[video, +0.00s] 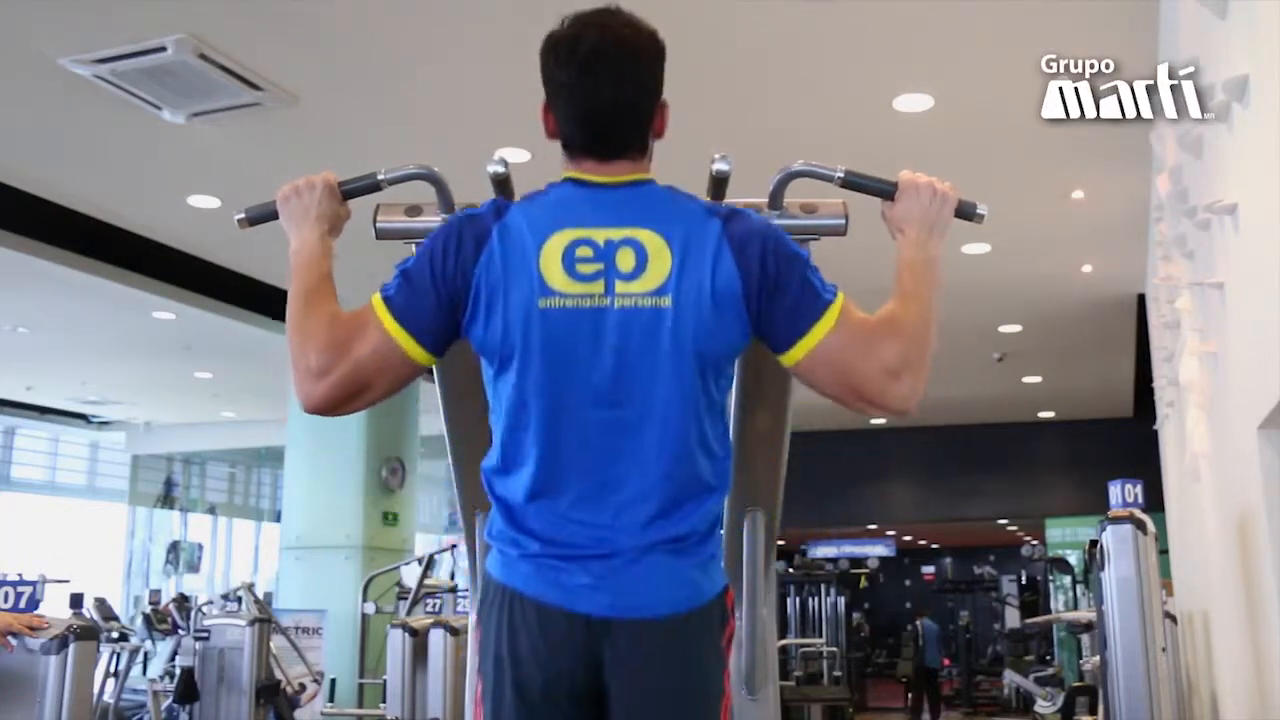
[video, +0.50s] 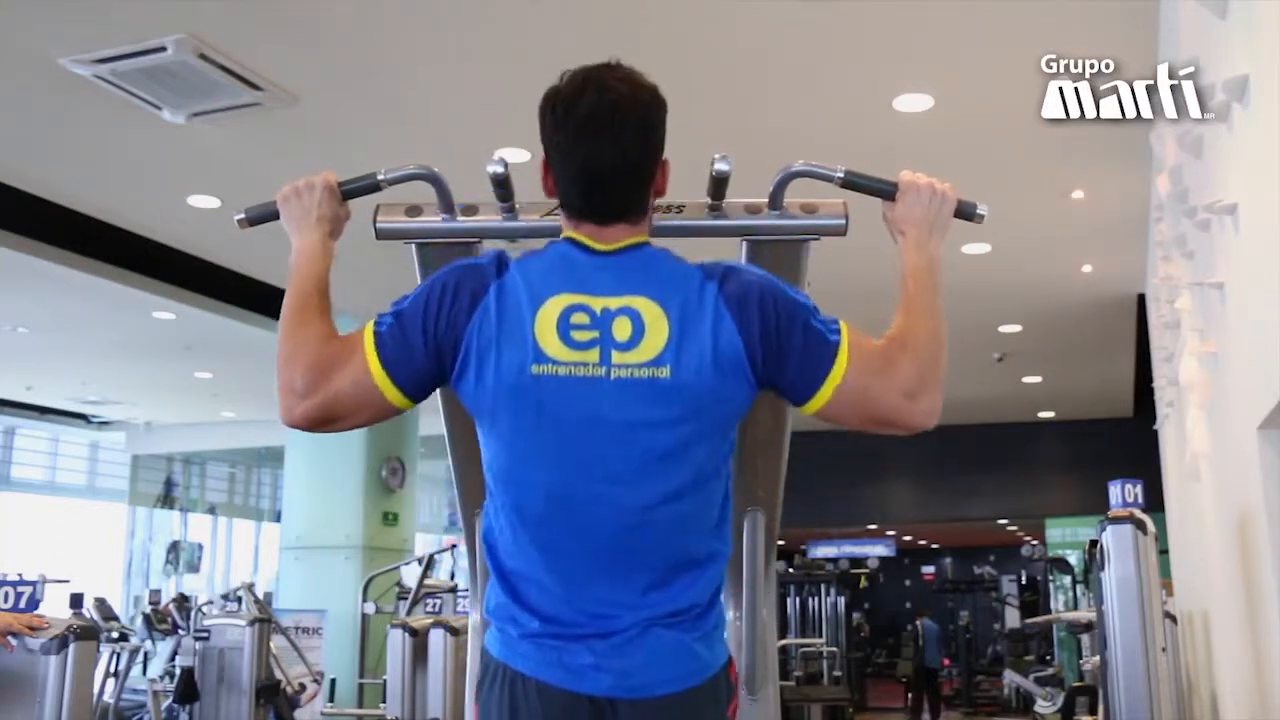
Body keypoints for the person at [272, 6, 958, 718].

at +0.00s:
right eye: (662, 109)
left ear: (548, 122)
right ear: (661, 123)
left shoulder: (484, 243)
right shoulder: (733, 245)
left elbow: (325, 381)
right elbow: (891, 380)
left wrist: (308, 238)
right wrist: (921, 242)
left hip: (527, 607)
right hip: (674, 609)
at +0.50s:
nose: (664, 168)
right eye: (662, 157)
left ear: (545, 179)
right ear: (663, 179)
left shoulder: (478, 299)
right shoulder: (734, 304)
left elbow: (306, 397)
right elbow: (910, 399)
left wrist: (310, 241)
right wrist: (921, 242)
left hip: (527, 679)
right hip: (680, 680)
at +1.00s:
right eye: (661, 325)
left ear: (540, 348)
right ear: (662, 350)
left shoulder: (472, 439)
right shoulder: (731, 456)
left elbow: (303, 403)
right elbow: (906, 409)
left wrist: (311, 245)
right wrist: (920, 244)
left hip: (522, 708)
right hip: (685, 709)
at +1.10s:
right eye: (662, 352)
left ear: (538, 376)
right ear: (662, 379)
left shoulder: (471, 474)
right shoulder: (729, 491)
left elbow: (311, 403)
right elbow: (895, 410)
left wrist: (311, 243)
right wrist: (920, 245)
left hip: (514, 707)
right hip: (685, 708)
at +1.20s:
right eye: (663, 381)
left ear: (536, 408)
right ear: (663, 412)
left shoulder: (475, 500)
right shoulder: (725, 516)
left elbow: (321, 404)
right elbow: (882, 410)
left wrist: (311, 243)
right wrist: (916, 246)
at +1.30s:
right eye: (664, 408)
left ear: (539, 436)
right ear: (665, 441)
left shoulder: (478, 524)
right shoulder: (725, 544)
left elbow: (330, 405)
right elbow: (870, 409)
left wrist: (313, 244)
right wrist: (916, 247)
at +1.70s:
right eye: (664, 453)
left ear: (542, 479)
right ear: (666, 486)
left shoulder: (486, 561)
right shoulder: (724, 576)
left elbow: (354, 407)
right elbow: (845, 403)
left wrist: (316, 243)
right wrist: (909, 246)